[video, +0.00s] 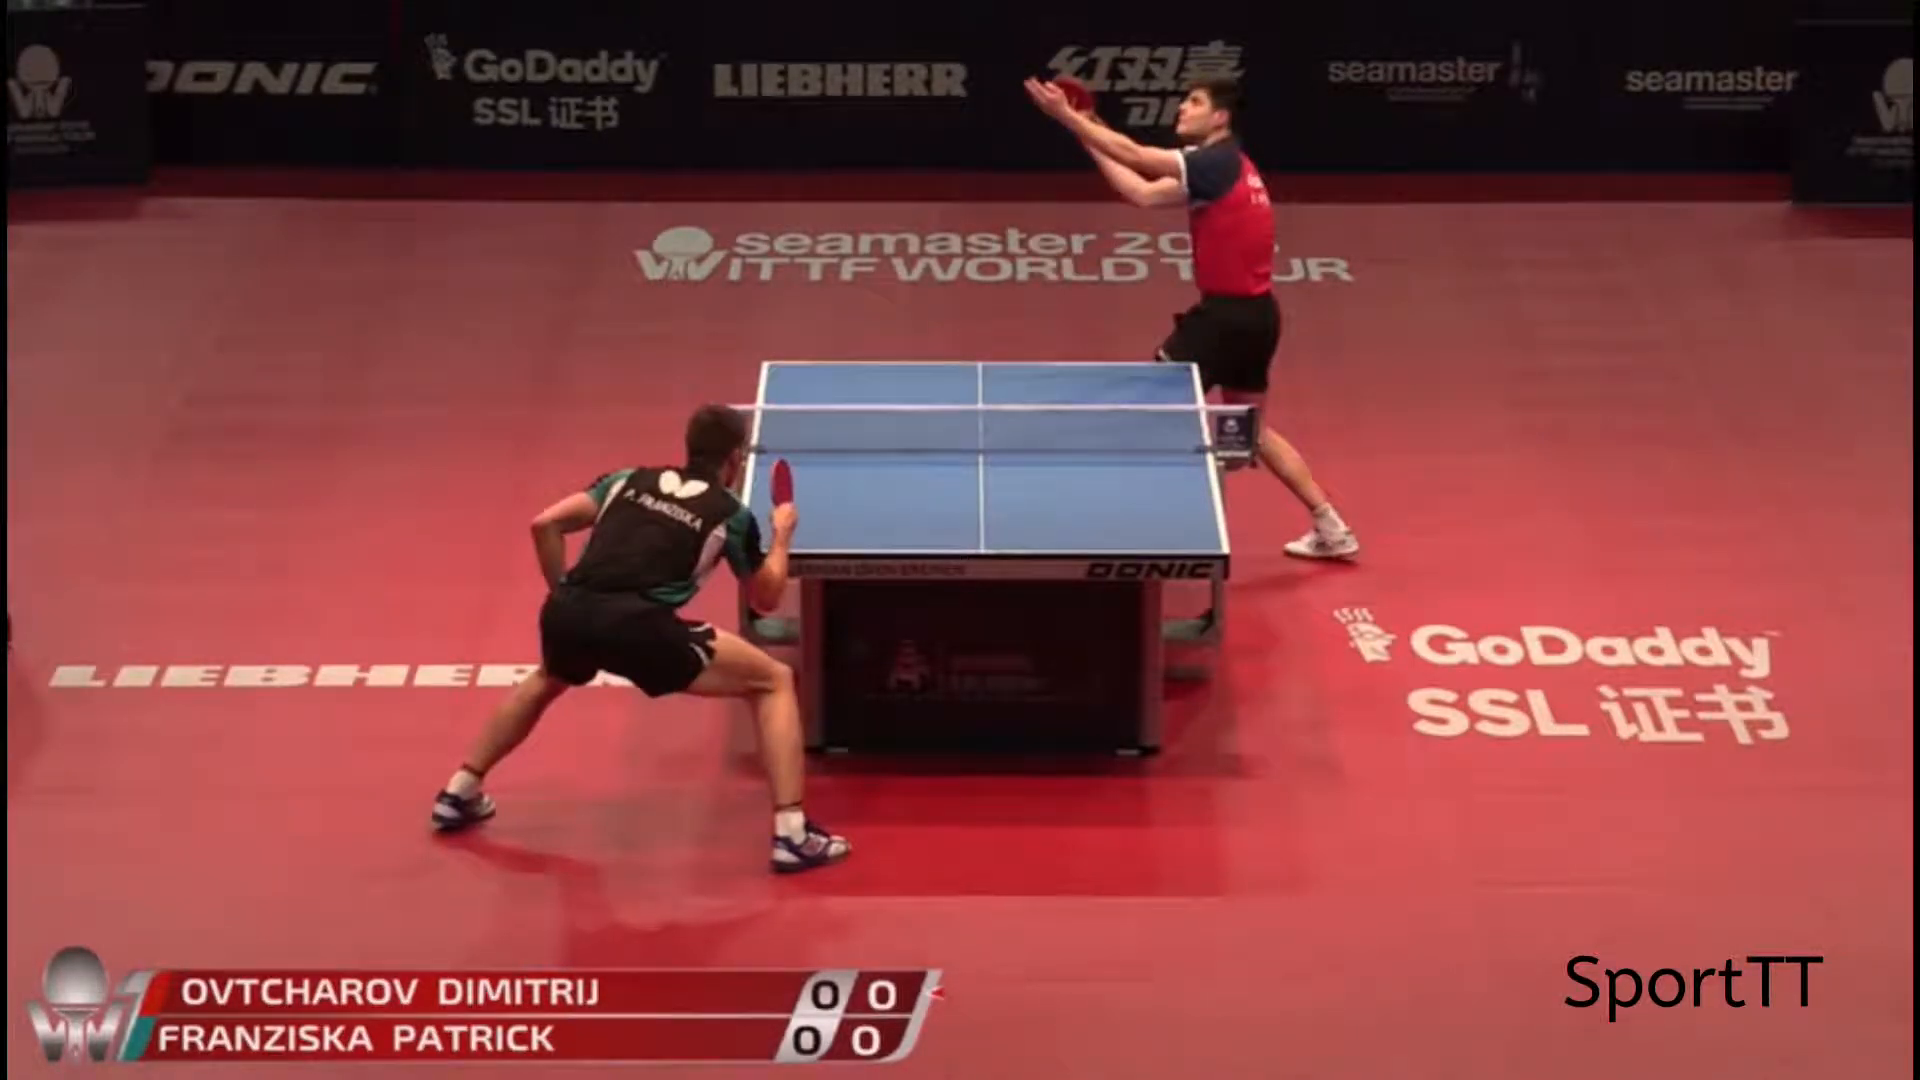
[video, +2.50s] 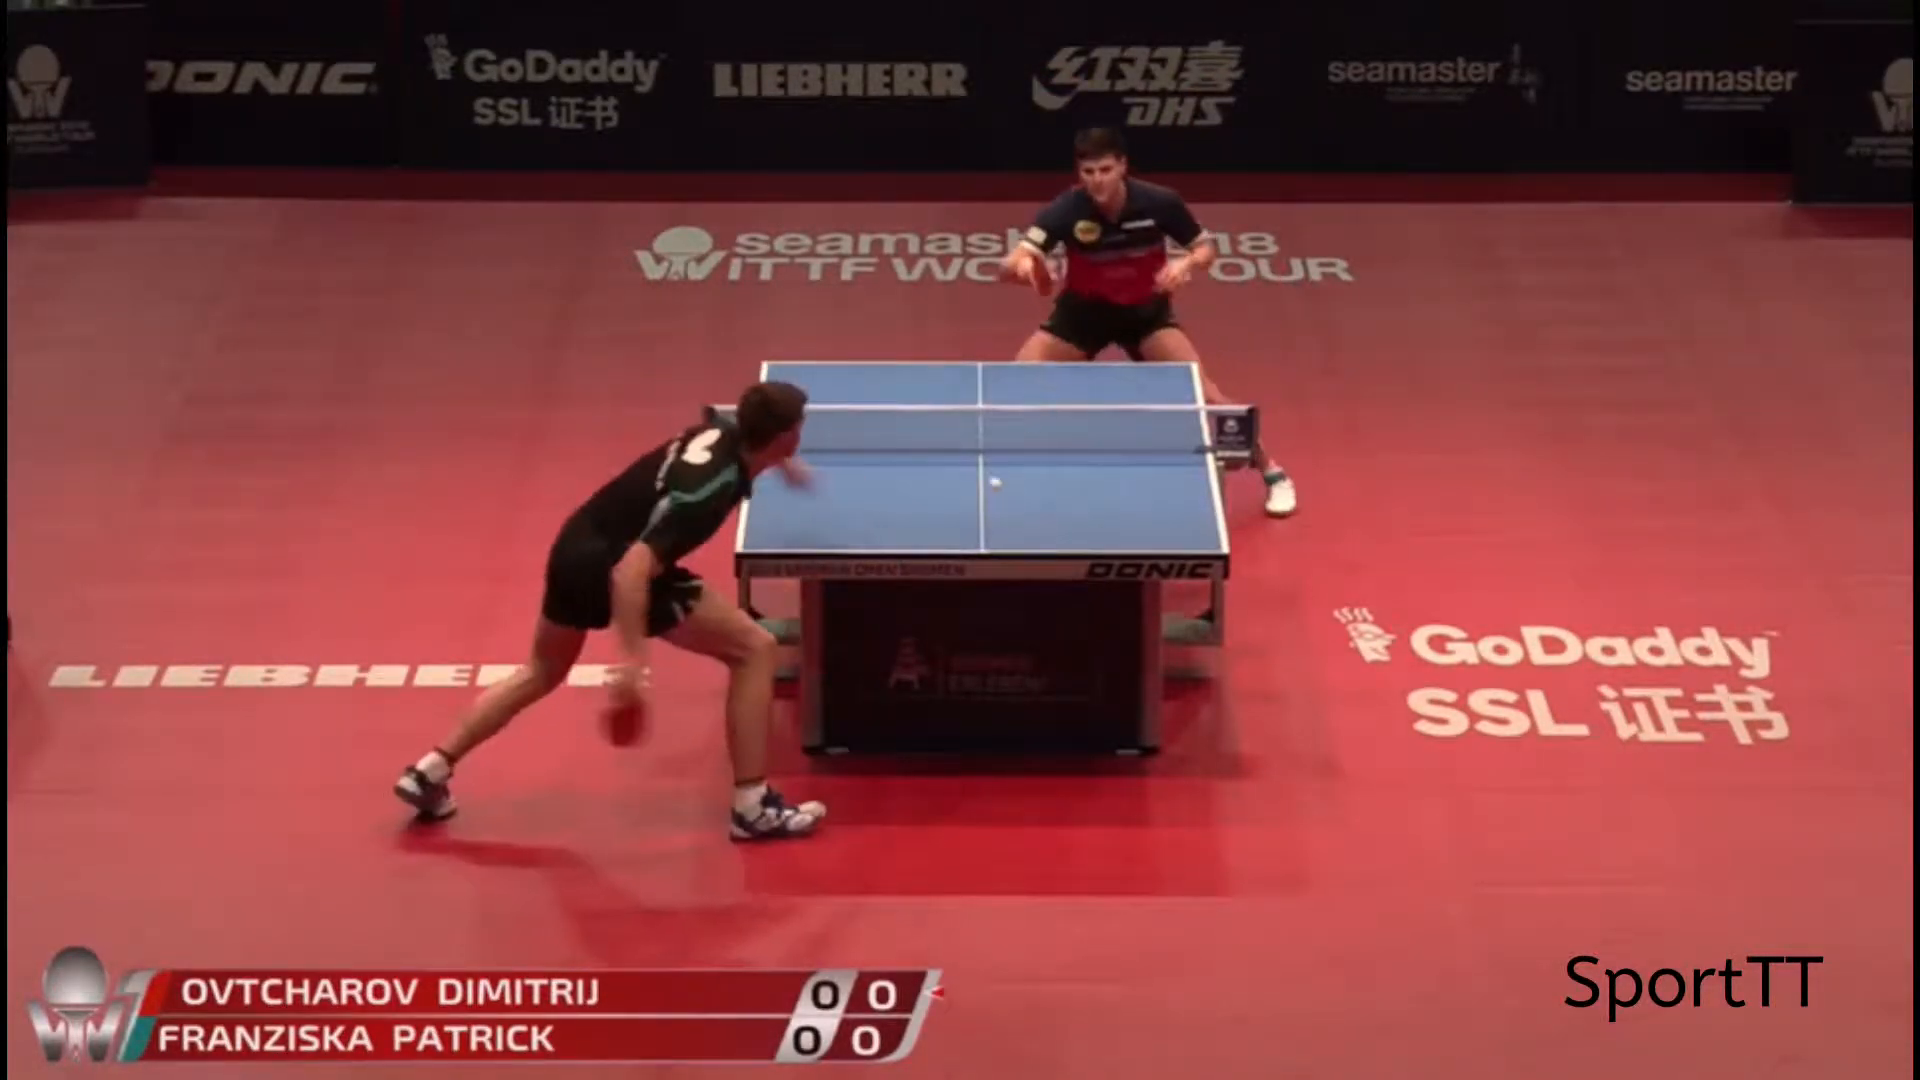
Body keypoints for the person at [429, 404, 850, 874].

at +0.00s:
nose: (745, 461)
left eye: (743, 453)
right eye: (745, 454)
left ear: (689, 451)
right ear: (734, 459)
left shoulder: (629, 479)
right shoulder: (732, 513)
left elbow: (546, 523)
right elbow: (766, 598)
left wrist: (560, 593)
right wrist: (782, 535)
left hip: (568, 614)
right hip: (639, 624)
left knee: (545, 682)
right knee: (774, 682)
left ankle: (459, 790)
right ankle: (793, 833)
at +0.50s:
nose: (752, 419)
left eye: (749, 409)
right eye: (751, 411)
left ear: (695, 405)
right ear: (741, 418)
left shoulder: (638, 443)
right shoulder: (741, 477)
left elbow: (559, 501)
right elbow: (774, 568)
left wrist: (570, 569)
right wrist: (801, 517)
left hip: (577, 583)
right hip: (650, 597)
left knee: (537, 676)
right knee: (774, 678)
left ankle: (458, 793)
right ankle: (792, 831)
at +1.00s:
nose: (762, 374)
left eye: (759, 366)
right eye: (761, 367)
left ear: (707, 362)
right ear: (752, 372)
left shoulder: (650, 396)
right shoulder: (748, 435)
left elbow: (572, 454)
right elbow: (783, 533)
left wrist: (587, 513)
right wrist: (847, 537)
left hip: (592, 545)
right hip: (660, 561)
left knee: (541, 655)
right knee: (758, 680)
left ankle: (475, 786)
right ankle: (790, 833)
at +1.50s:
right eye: (774, 379)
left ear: (729, 375)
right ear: (775, 385)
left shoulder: (712, 410)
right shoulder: (790, 435)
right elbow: (798, 483)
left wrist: (616, 459)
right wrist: (811, 479)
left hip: (707, 569)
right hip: (778, 570)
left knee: (602, 661)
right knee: (820, 639)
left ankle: (507, 780)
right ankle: (881, 755)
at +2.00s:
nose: (782, 397)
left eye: (775, 385)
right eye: (782, 390)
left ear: (727, 384)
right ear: (772, 396)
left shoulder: (670, 431)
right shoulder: (773, 467)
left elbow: (599, 497)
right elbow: (813, 563)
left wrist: (620, 523)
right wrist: (864, 553)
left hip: (619, 585)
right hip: (692, 601)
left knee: (554, 680)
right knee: (801, 704)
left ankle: (470, 799)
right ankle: (777, 849)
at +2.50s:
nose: (796, 445)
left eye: (796, 437)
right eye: (793, 439)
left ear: (748, 420)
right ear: (773, 444)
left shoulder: (722, 423)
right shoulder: (712, 487)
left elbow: (745, 438)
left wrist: (777, 464)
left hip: (573, 555)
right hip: (624, 578)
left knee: (541, 671)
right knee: (755, 650)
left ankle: (433, 768)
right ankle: (753, 804)